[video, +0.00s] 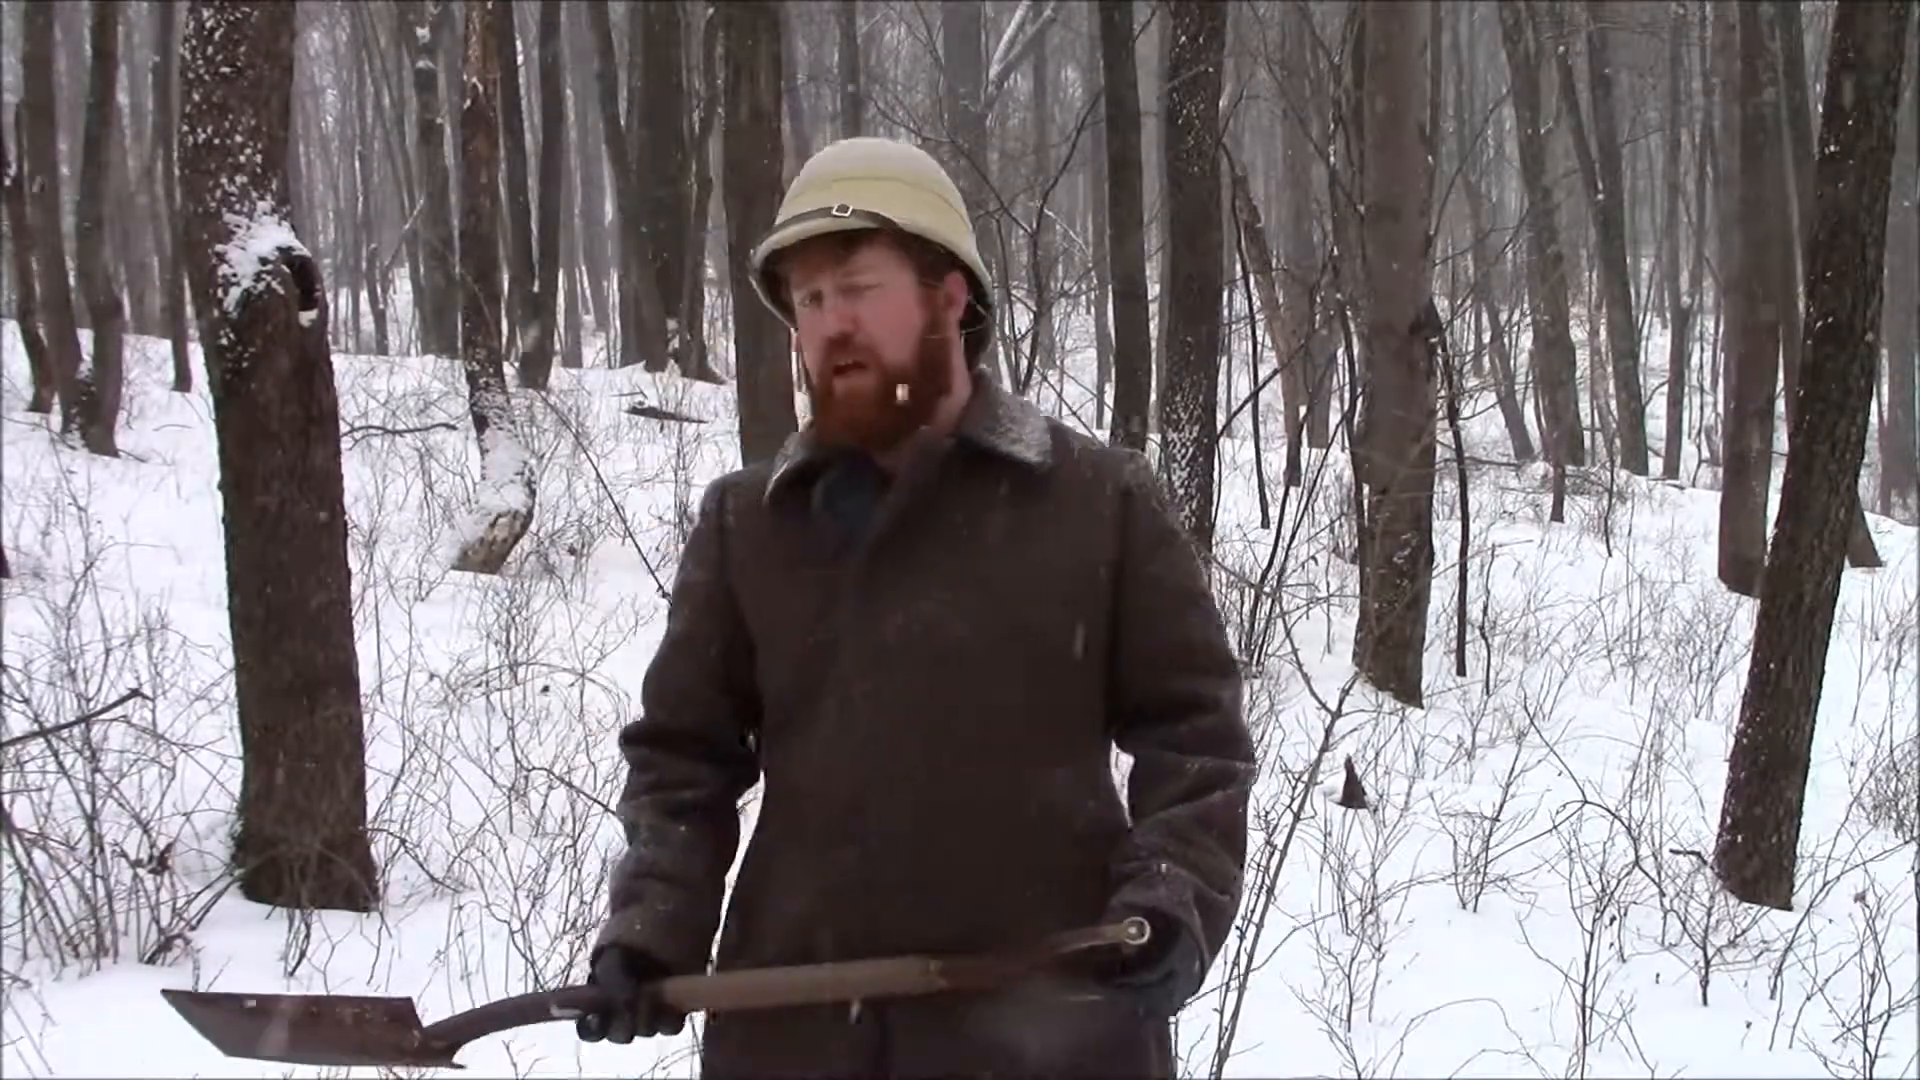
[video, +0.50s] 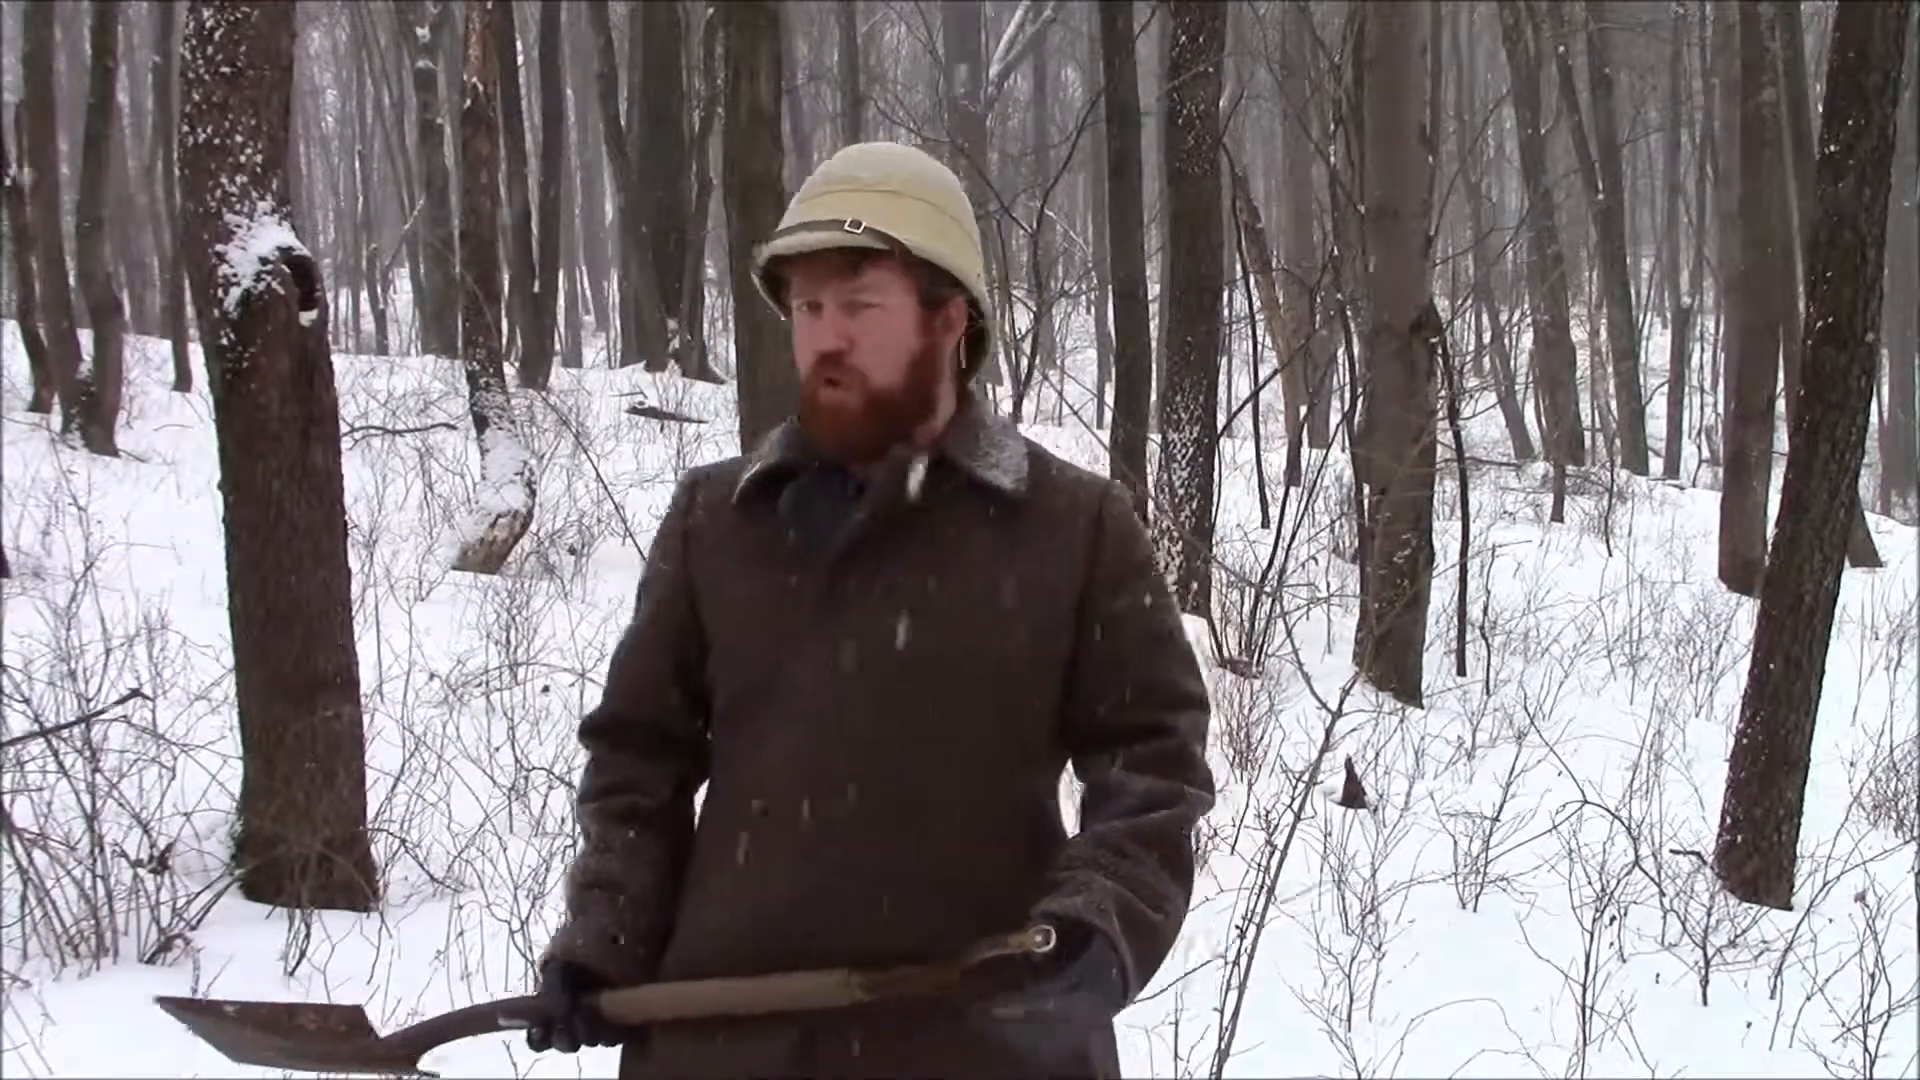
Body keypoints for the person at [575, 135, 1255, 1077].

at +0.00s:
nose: (829, 327)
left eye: (858, 290)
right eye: (808, 301)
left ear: (949, 297)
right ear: (791, 327)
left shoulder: (1100, 502)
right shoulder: (741, 523)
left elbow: (1194, 733)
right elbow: (683, 756)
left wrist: (1173, 891)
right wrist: (649, 933)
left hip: (1044, 1024)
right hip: (791, 1026)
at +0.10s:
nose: (844, 326)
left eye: (874, 289)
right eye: (823, 300)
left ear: (963, 298)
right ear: (805, 323)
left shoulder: (1110, 499)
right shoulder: (753, 519)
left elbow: (1210, 736)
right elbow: (699, 758)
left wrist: (1194, 892)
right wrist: (679, 938)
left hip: (1053, 1031)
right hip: (797, 1034)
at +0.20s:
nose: (854, 330)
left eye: (884, 293)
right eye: (832, 302)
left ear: (972, 302)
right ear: (812, 322)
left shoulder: (1115, 500)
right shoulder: (759, 516)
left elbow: (1219, 738)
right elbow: (702, 758)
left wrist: (1204, 896)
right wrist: (688, 940)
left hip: (1058, 1030)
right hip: (801, 1033)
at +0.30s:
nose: (854, 333)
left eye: (887, 297)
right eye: (834, 302)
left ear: (975, 305)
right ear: (814, 319)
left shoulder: (1115, 508)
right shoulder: (759, 513)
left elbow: (1212, 750)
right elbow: (695, 750)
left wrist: (1185, 911)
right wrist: (671, 932)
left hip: (1045, 1033)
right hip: (787, 1033)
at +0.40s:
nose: (844, 335)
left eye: (881, 297)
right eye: (826, 303)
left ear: (971, 310)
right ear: (805, 319)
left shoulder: (1106, 516)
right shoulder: (741, 514)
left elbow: (1186, 754)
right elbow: (674, 746)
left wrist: (1145, 922)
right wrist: (640, 927)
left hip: (1006, 1032)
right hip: (751, 1032)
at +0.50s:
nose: (822, 340)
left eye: (857, 301)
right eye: (804, 308)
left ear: (950, 318)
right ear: (784, 321)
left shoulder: (1076, 528)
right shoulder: (712, 519)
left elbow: (1154, 762)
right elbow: (638, 752)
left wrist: (1101, 921)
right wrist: (602, 939)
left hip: (976, 1038)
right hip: (717, 1040)